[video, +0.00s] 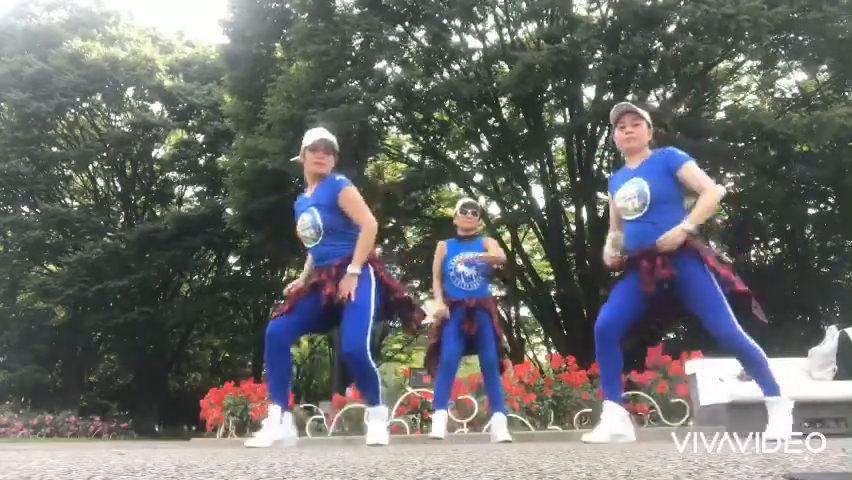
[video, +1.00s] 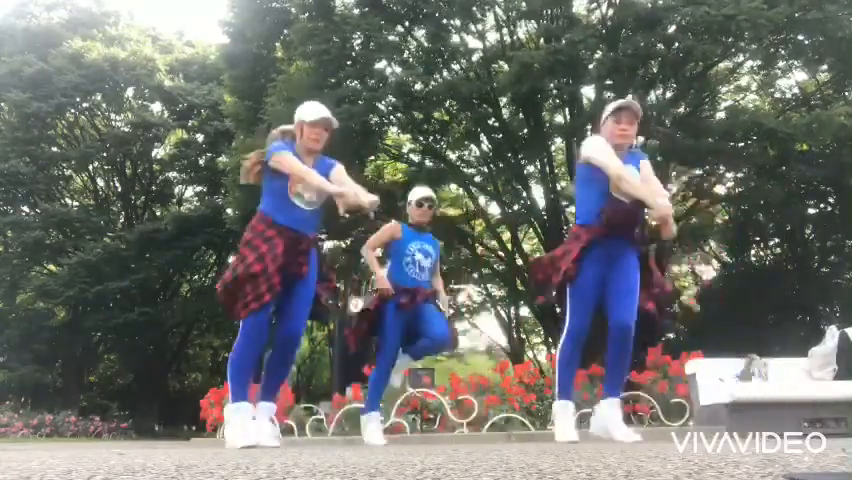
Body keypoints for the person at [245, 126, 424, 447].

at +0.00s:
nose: (321, 156)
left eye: (328, 152)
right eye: (315, 150)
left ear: (334, 159)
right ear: (302, 156)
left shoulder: (337, 186)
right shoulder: (302, 201)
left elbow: (369, 224)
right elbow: (315, 249)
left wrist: (354, 271)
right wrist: (303, 280)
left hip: (357, 276)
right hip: (323, 283)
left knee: (354, 348)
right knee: (277, 332)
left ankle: (377, 414)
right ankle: (280, 418)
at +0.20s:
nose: (325, 126)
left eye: (331, 120)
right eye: (318, 120)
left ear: (339, 124)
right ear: (306, 125)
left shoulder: (348, 148)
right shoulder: (300, 166)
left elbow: (373, 186)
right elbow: (302, 212)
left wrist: (360, 232)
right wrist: (298, 249)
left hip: (357, 242)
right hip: (320, 247)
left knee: (358, 324)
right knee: (303, 325)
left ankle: (375, 410)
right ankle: (285, 414)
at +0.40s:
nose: (324, 140)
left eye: (330, 135)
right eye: (317, 134)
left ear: (337, 140)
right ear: (305, 139)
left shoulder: (345, 165)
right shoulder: (303, 188)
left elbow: (377, 197)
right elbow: (309, 235)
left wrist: (366, 244)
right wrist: (320, 262)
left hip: (366, 253)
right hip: (333, 262)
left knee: (371, 330)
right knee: (333, 331)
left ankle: (385, 412)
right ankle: (351, 415)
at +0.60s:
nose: (310, 153)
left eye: (317, 148)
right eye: (304, 147)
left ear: (324, 154)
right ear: (292, 153)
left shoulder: (332, 179)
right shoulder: (293, 197)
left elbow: (378, 198)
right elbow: (309, 243)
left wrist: (364, 229)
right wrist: (289, 257)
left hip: (355, 266)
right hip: (321, 274)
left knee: (355, 345)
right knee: (288, 329)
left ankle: (387, 417)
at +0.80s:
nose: (316, 125)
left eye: (322, 121)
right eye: (310, 118)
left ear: (328, 127)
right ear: (296, 121)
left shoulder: (336, 159)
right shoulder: (274, 157)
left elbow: (359, 201)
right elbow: (259, 201)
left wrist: (339, 197)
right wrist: (251, 205)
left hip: (322, 244)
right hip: (282, 245)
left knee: (332, 327)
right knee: (266, 327)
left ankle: (354, 403)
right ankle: (259, 415)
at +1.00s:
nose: (320, 133)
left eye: (325, 128)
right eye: (314, 126)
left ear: (329, 134)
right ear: (298, 127)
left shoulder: (329, 165)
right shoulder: (279, 151)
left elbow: (348, 185)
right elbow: (299, 172)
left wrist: (363, 197)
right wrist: (335, 190)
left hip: (304, 250)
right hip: (268, 242)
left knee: (291, 332)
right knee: (255, 326)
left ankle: (265, 414)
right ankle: (237, 414)